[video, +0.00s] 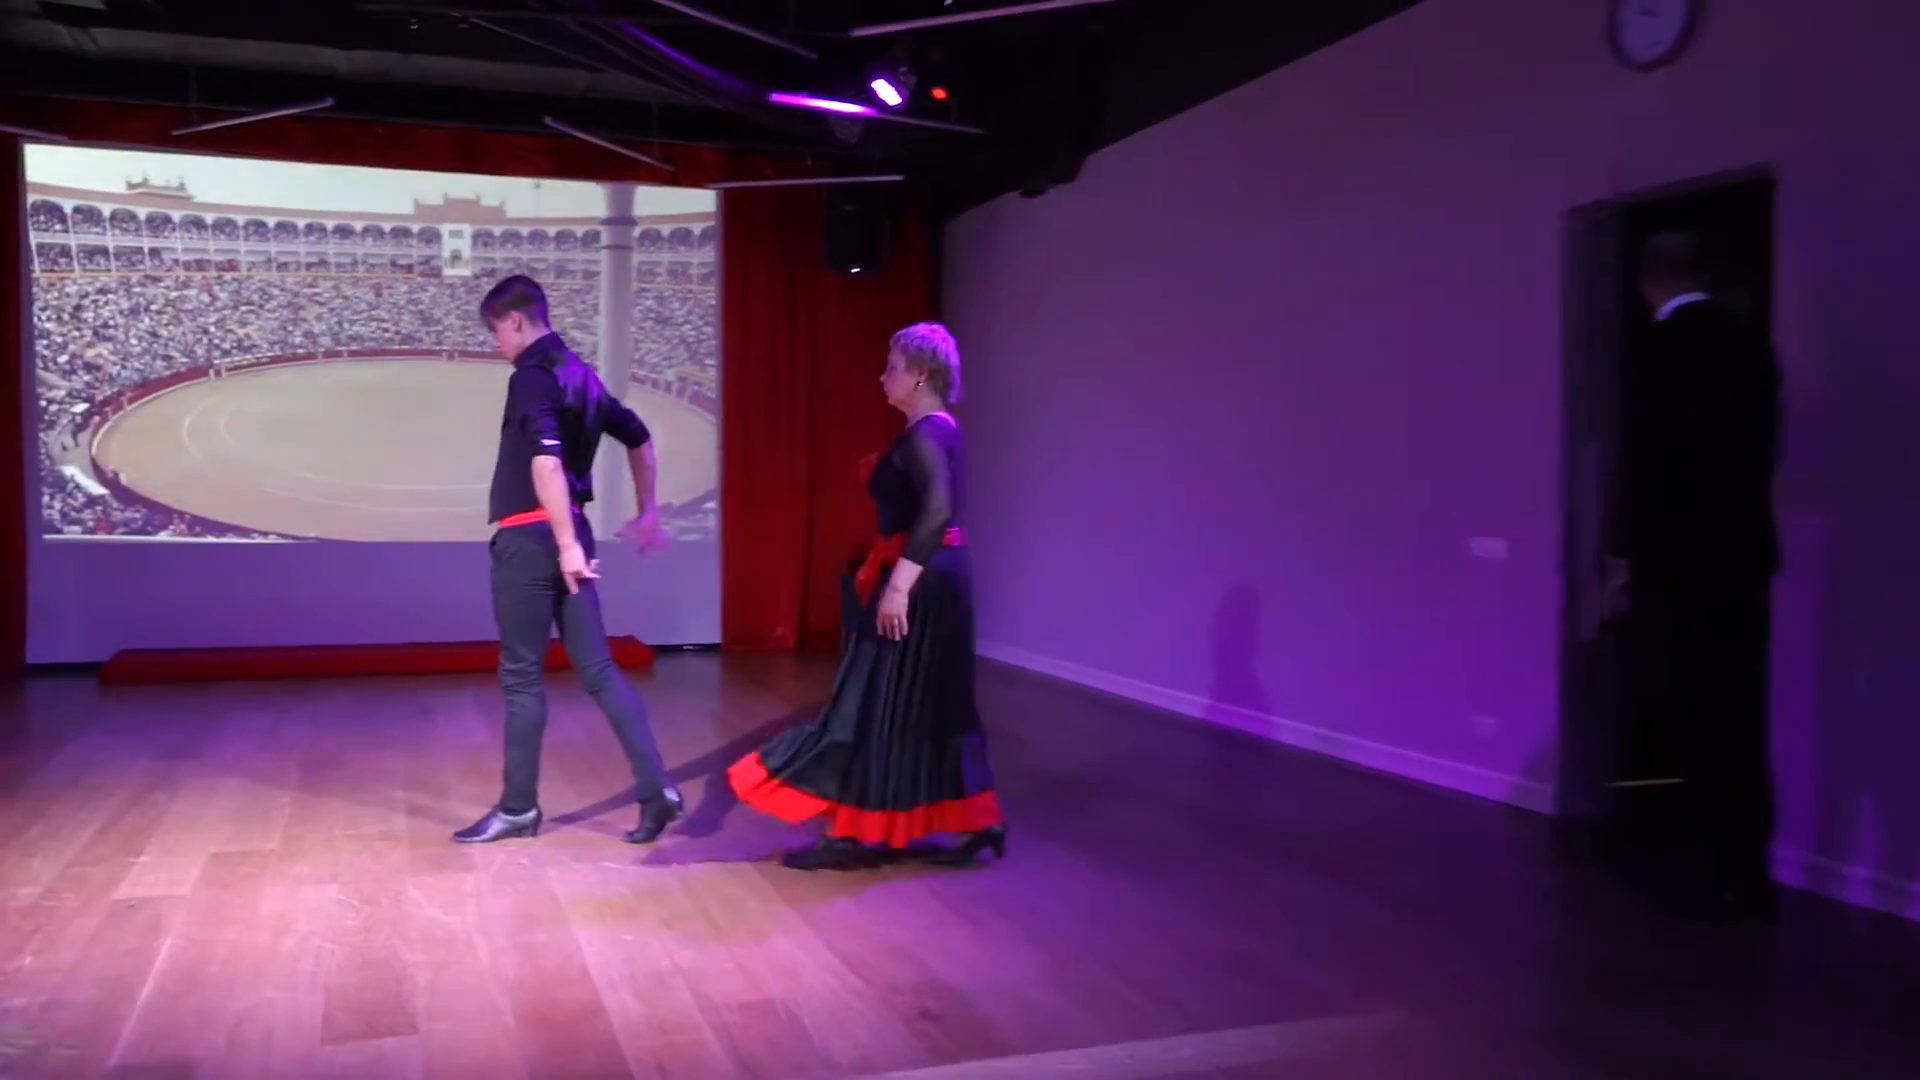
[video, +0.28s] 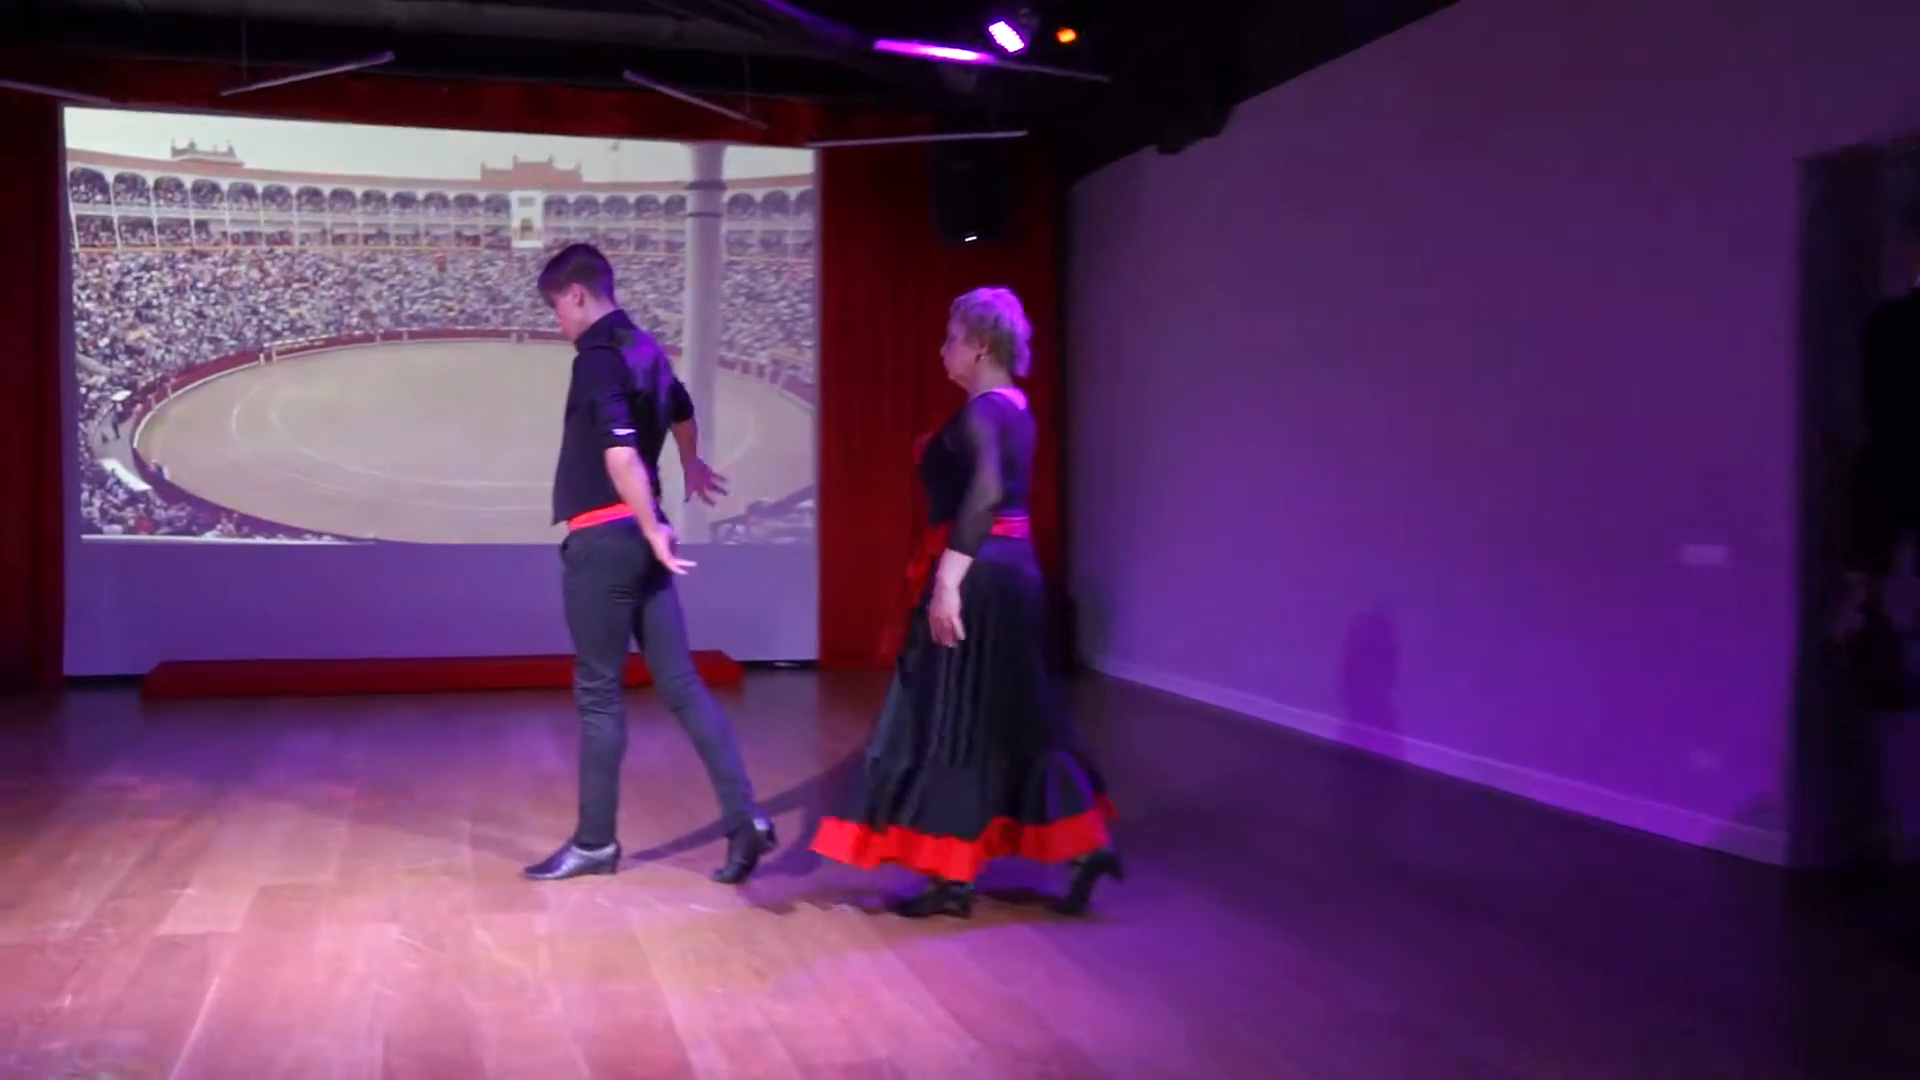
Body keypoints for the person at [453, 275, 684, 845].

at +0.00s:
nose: (495, 342)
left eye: (497, 330)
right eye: (493, 331)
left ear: (521, 320)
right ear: (539, 320)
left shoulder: (532, 375)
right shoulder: (581, 375)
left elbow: (547, 461)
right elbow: (637, 437)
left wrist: (568, 541)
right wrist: (647, 511)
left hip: (524, 540)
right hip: (569, 537)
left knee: (521, 677)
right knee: (598, 668)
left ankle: (518, 807)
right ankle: (657, 790)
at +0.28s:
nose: (555, 320)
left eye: (556, 307)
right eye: (552, 308)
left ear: (580, 295)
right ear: (598, 293)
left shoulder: (598, 355)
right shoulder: (643, 344)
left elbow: (619, 451)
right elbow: (682, 409)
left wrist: (651, 527)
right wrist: (694, 465)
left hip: (601, 543)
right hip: (642, 538)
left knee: (599, 696)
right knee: (680, 684)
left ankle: (595, 841)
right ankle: (746, 821)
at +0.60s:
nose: (647, 286)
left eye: (648, 271)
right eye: (644, 272)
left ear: (675, 260)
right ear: (694, 257)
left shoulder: (697, 330)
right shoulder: (739, 314)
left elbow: (731, 443)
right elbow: (703, 383)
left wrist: (777, 501)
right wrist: (649, 400)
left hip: (717, 549)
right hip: (760, 541)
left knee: (695, 722)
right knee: (805, 707)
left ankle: (697, 892)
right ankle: (872, 871)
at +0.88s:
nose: (701, 271)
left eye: (705, 255)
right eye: (698, 256)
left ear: (738, 247)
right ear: (761, 244)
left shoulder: (757, 319)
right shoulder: (797, 313)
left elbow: (797, 443)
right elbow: (709, 440)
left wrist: (837, 462)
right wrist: (680, 388)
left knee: (699, 728)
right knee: (857, 720)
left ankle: (757, 914)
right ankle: (921, 892)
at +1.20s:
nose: (671, 282)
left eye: (672, 262)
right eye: (666, 265)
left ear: (711, 244)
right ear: (734, 245)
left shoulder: (727, 310)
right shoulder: (818, 317)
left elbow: (640, 358)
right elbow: (878, 431)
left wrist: (568, 460)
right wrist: (826, 521)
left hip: (734, 538)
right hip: (780, 538)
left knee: (726, 725)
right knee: (721, 718)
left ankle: (760, 916)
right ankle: (759, 907)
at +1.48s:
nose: (657, 289)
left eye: (658, 268)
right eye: (651, 273)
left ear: (697, 244)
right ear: (712, 246)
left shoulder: (727, 306)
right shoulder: (794, 304)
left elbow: (653, 334)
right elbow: (863, 390)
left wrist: (557, 388)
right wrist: (827, 480)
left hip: (730, 536)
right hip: (780, 531)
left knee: (734, 728)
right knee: (740, 722)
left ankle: (758, 916)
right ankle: (758, 908)